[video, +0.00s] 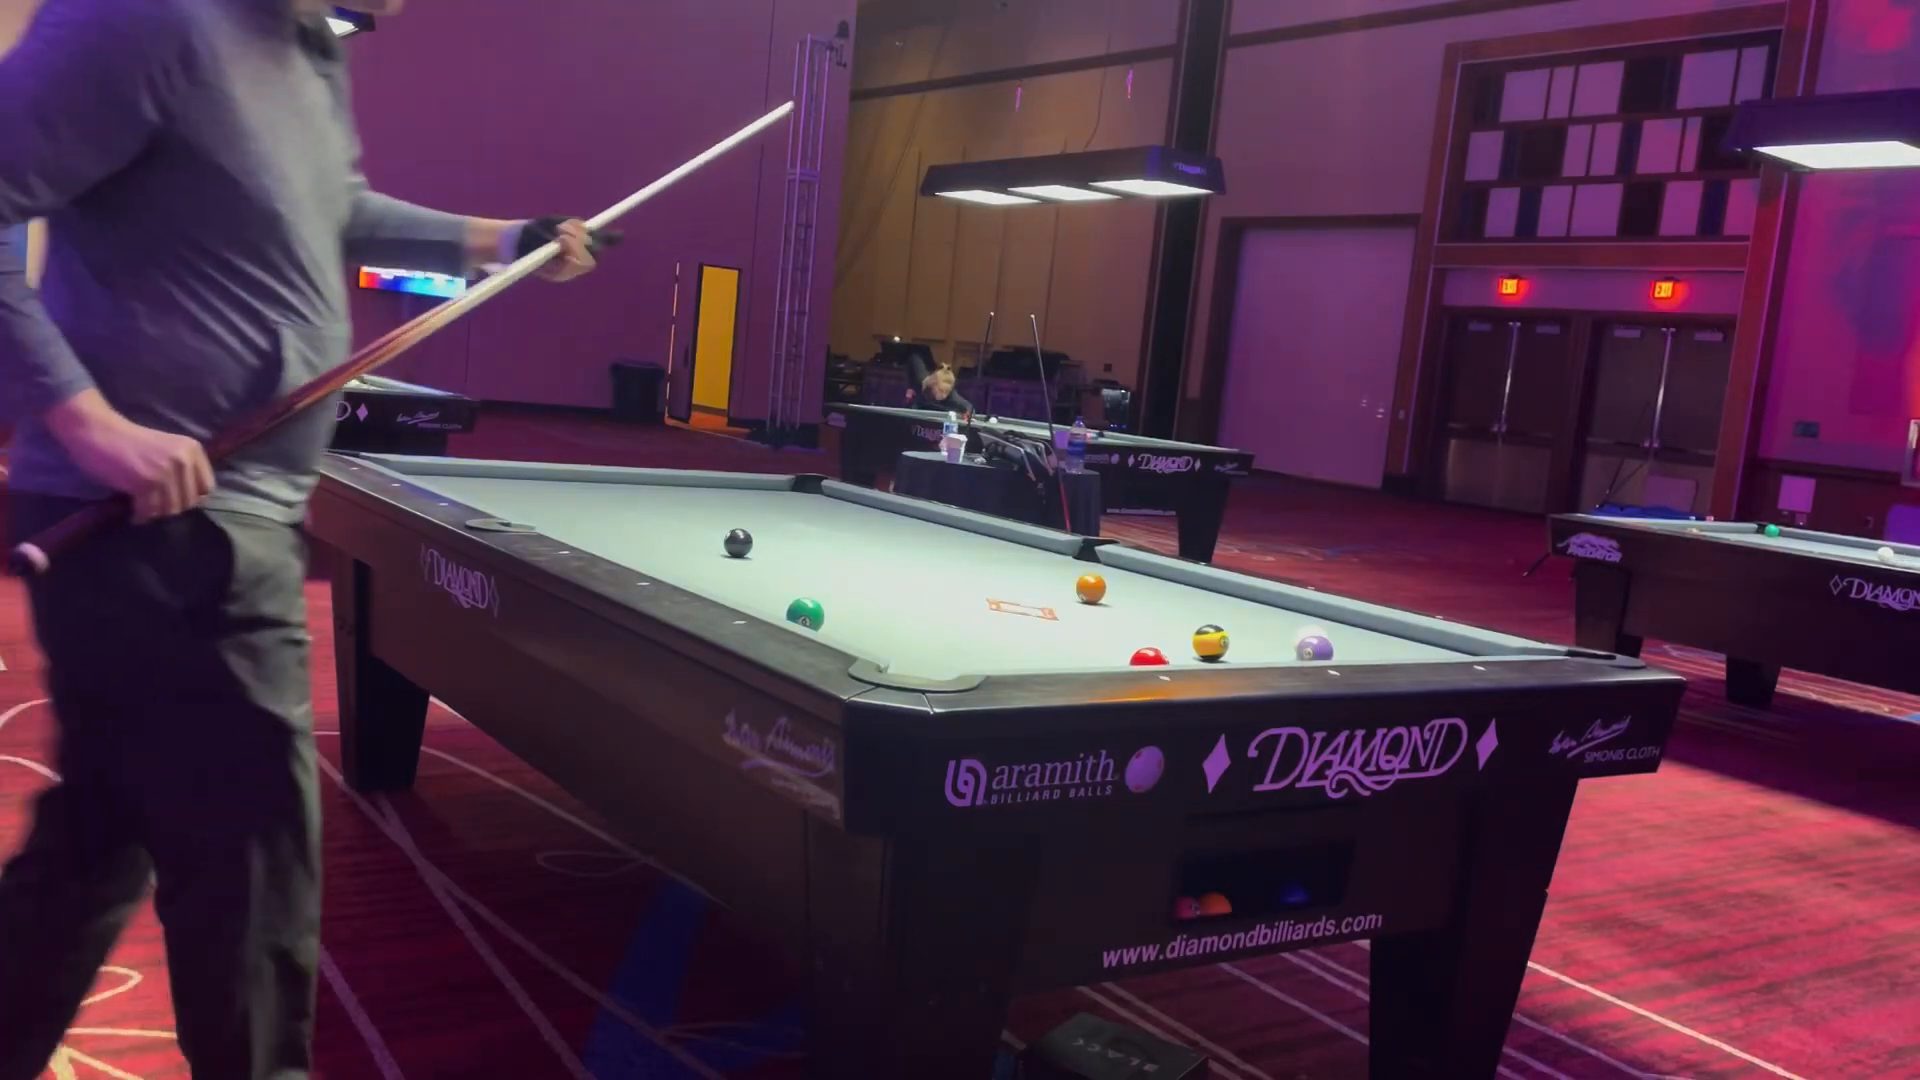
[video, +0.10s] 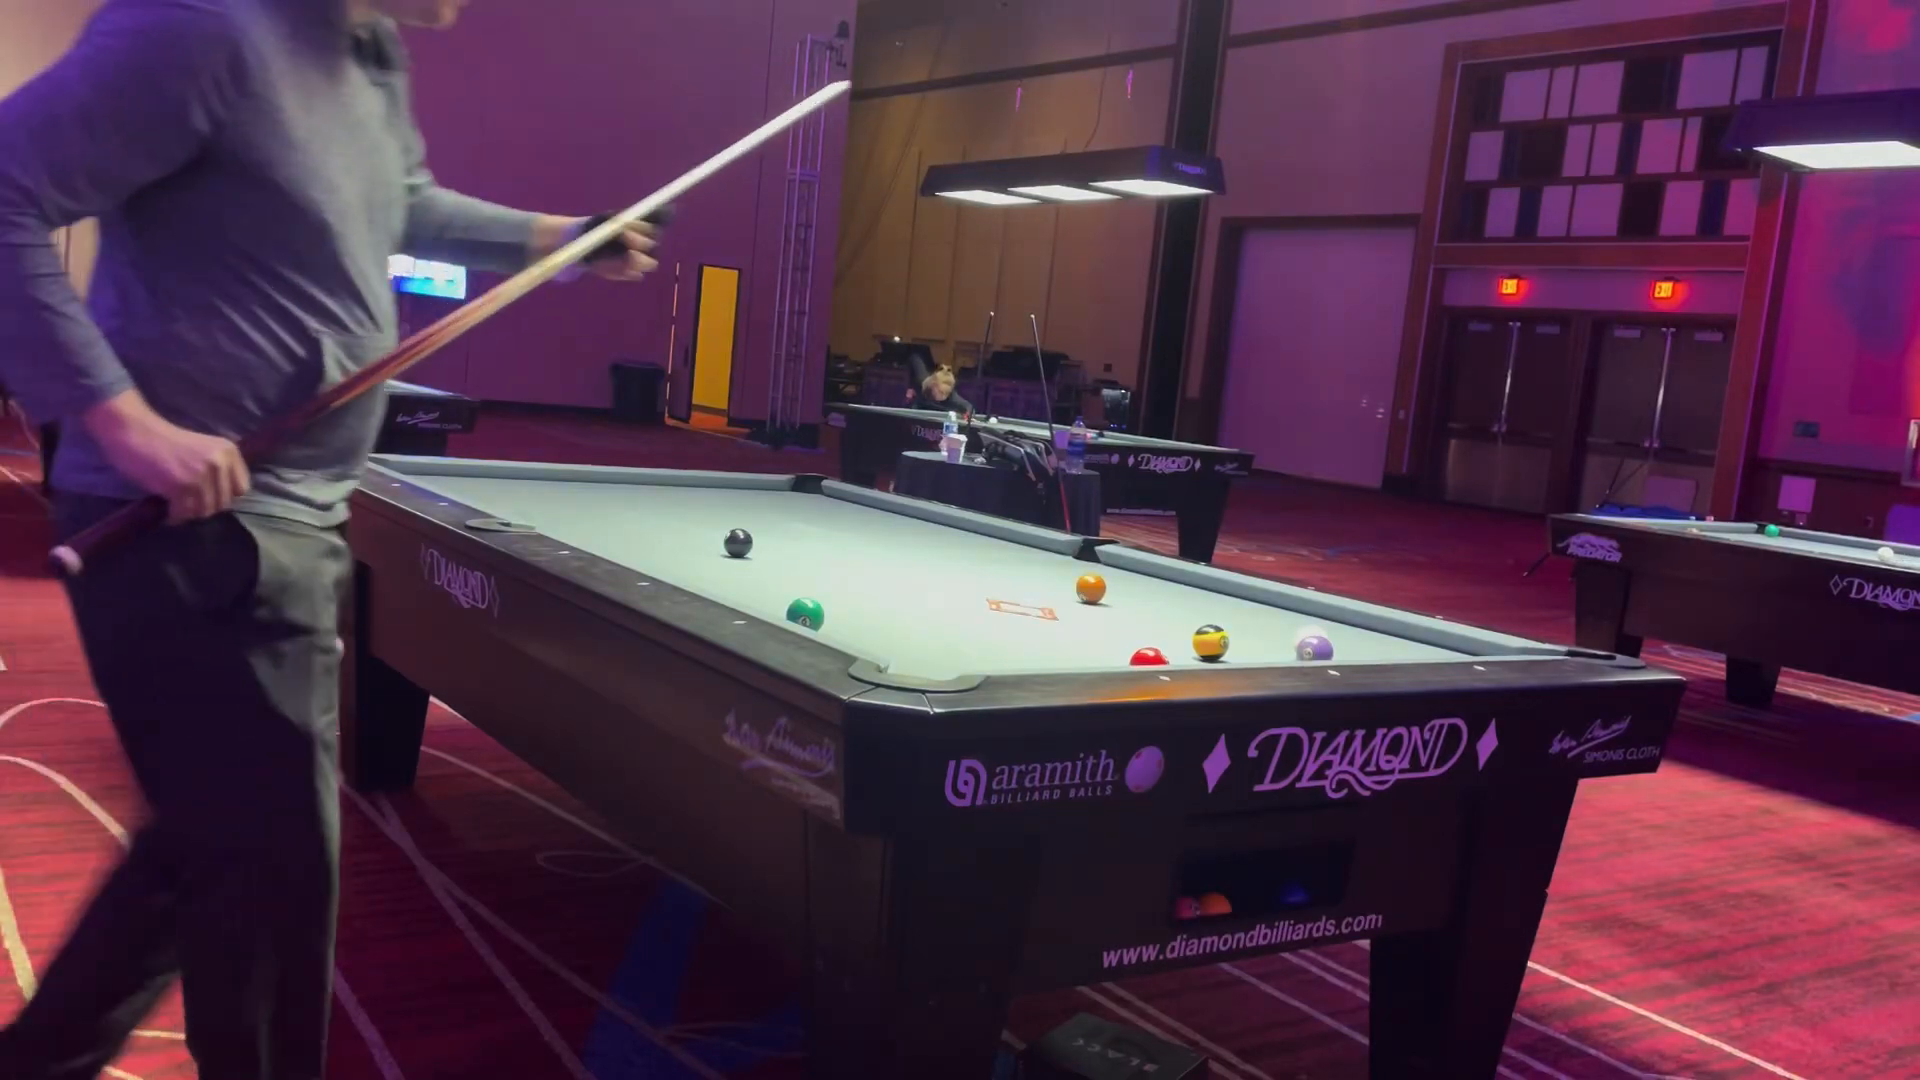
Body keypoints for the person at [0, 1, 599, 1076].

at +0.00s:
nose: (403, 1)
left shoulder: (309, 52)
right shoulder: (148, 22)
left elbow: (325, 210)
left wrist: (497, 240)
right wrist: (78, 414)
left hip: (231, 515)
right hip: (168, 521)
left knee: (92, 840)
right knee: (255, 866)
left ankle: (8, 1049)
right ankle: (263, 1064)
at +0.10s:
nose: (464, 2)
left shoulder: (372, 55)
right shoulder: (203, 31)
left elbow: (398, 207)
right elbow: (7, 188)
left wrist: (559, 236)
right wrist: (119, 416)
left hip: (292, 522)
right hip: (199, 524)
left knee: (212, 834)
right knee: (281, 869)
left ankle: (45, 1056)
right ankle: (267, 1066)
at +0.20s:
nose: (515, 10)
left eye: (516, 5)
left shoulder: (425, 62)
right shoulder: (252, 35)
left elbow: (474, 206)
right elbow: (28, 176)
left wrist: (642, 234)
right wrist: (163, 397)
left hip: (338, 518)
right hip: (231, 520)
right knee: (268, 869)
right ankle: (262, 1072)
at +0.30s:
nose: (576, 9)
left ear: (522, 4)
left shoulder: (492, 84)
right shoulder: (296, 33)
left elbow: (542, 209)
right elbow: (48, 142)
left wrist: (719, 242)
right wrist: (203, 354)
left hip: (382, 518)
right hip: (254, 518)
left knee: (444, 758)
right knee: (283, 857)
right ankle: (261, 1065)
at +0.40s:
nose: (639, 17)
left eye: (646, 5)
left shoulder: (550, 107)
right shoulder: (346, 43)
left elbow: (641, 236)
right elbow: (87, 133)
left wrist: (824, 284)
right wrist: (221, 343)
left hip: (416, 523)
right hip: (279, 520)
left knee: (470, 779)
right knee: (293, 863)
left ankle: (441, 1053)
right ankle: (262, 1071)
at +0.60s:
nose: (761, 80)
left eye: (771, 54)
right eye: (751, 45)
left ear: (682, 29)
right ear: (674, 13)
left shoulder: (683, 187)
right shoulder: (459, 91)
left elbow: (790, 303)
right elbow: (200, 127)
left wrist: (961, 380)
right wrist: (288, 333)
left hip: (490, 538)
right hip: (350, 525)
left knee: (535, 818)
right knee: (341, 861)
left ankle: (548, 1036)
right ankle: (276, 1062)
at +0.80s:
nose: (857, 181)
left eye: (867, 156)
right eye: (855, 147)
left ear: (797, 118)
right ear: (788, 106)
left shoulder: (774, 269)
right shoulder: (572, 140)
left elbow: (878, 388)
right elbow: (330, 113)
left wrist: (1037, 501)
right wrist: (365, 322)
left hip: (514, 536)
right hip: (370, 505)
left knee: (559, 800)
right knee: (378, 817)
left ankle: (554, 1032)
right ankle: (318, 1055)